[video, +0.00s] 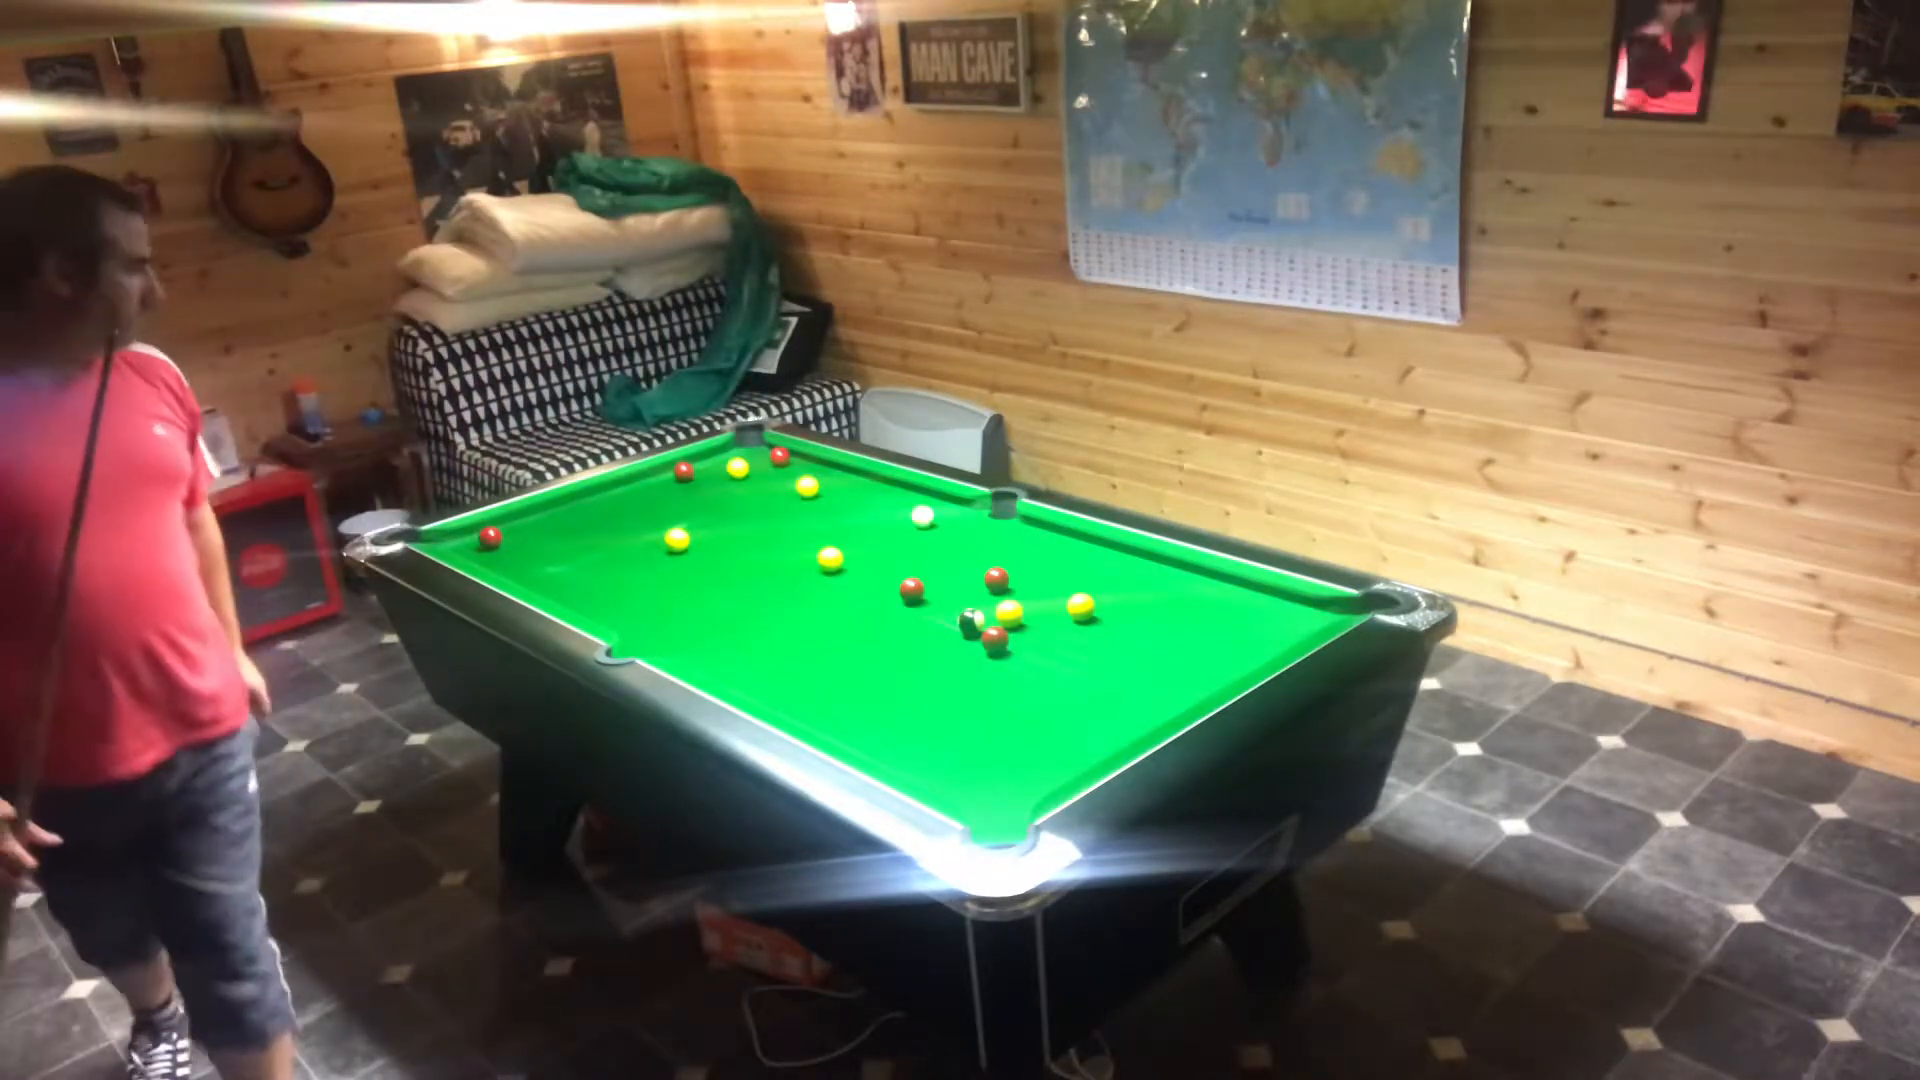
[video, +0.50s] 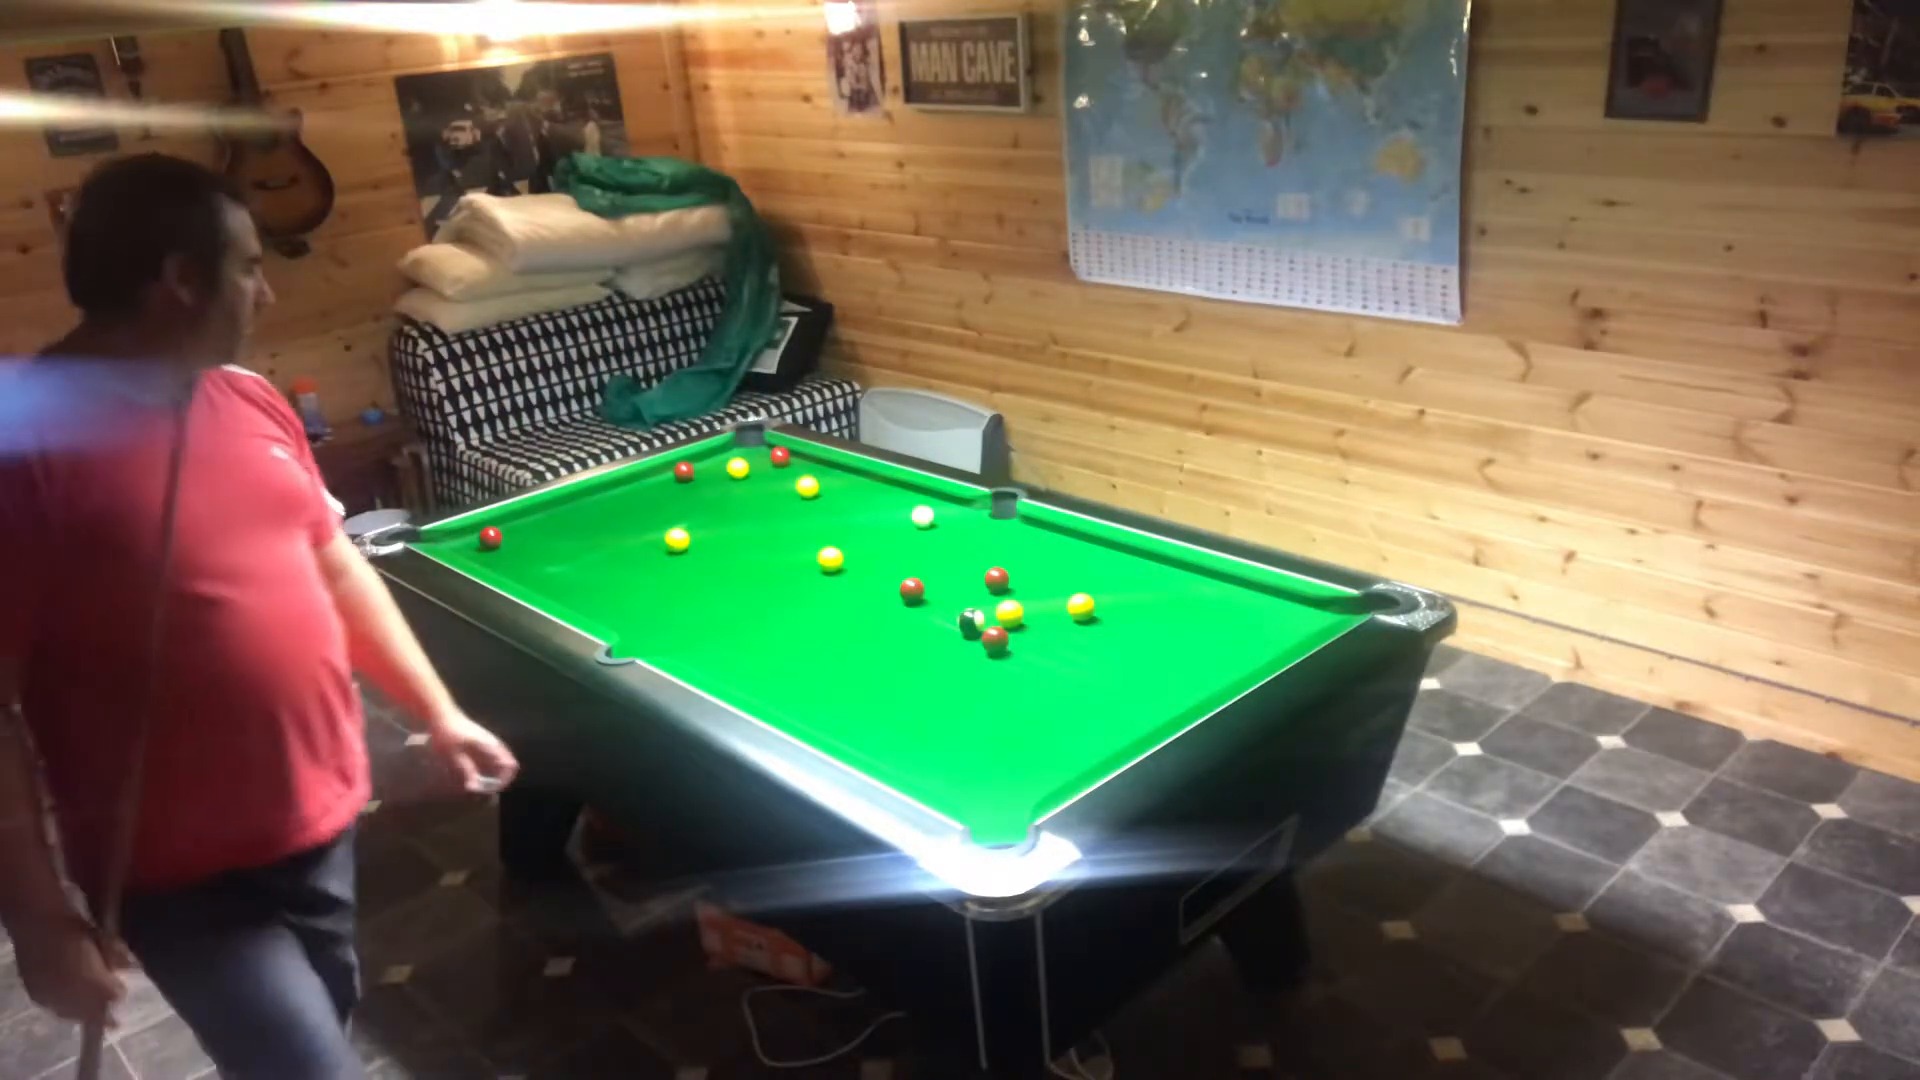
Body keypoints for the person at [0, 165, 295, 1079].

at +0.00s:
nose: (155, 290)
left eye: (153, 266)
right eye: (135, 267)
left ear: (72, 278)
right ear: (56, 278)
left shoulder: (154, 380)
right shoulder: (5, 405)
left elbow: (199, 520)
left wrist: (233, 649)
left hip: (197, 737)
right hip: (54, 772)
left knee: (234, 968)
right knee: (114, 938)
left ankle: (274, 1073)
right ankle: (161, 1017)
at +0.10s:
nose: (181, 293)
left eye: (178, 270)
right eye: (163, 271)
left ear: (107, 281)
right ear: (90, 281)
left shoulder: (175, 390)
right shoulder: (9, 406)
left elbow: (221, 535)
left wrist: (260, 665)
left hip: (214, 749)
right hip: (66, 785)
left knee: (260, 1012)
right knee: (120, 957)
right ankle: (151, 1027)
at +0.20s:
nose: (205, 291)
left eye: (202, 267)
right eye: (187, 268)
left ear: (127, 278)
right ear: (110, 279)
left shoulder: (199, 388)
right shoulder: (13, 403)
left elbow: (249, 541)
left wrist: (298, 683)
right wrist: (5, 825)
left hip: (244, 774)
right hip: (89, 808)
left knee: (281, 1032)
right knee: (128, 1022)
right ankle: (142, 1066)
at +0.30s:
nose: (225, 288)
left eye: (220, 262)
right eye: (207, 263)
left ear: (141, 273)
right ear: (131, 273)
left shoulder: (212, 388)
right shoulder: (11, 402)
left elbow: (279, 545)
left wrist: (346, 697)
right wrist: (5, 840)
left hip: (274, 801)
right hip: (116, 841)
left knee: (291, 1040)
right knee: (187, 1062)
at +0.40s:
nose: (245, 288)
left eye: (241, 261)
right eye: (227, 261)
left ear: (159, 274)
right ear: (153, 273)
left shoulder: (230, 393)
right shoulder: (15, 411)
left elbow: (307, 554)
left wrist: (399, 707)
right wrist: (18, 874)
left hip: (296, 820)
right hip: (145, 859)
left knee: (308, 1040)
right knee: (267, 1064)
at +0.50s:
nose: (267, 292)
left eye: (262, 265)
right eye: (249, 265)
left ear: (183, 280)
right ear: (178, 279)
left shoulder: (252, 402)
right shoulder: (26, 427)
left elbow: (337, 562)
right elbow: (0, 702)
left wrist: (439, 713)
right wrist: (35, 910)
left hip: (324, 839)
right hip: (183, 876)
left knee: (321, 1057)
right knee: (320, 1067)